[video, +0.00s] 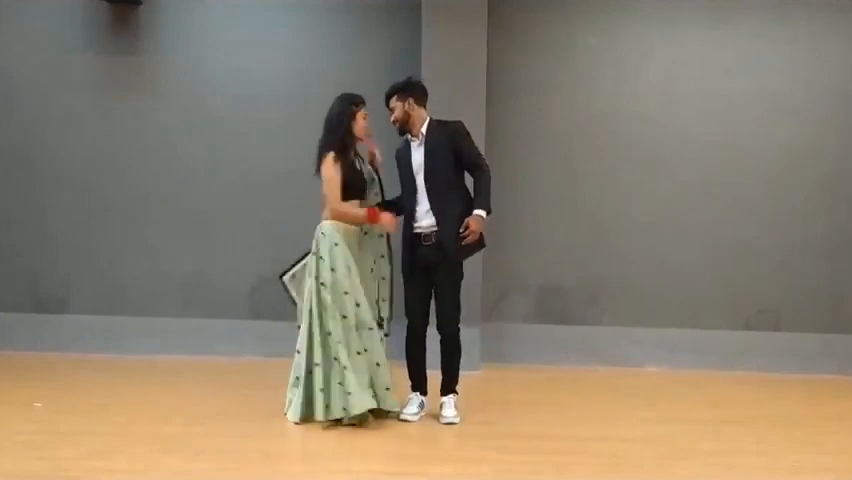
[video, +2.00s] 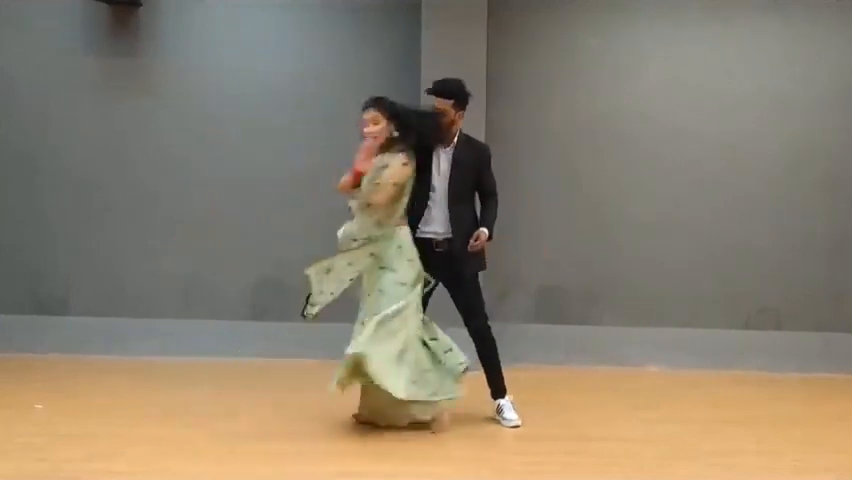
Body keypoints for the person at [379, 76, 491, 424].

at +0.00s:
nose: (390, 117)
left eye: (394, 109)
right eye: (389, 111)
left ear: (413, 105)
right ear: (407, 109)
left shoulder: (452, 131)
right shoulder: (403, 152)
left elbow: (481, 171)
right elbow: (410, 199)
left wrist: (479, 213)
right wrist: (378, 209)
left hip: (447, 239)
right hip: (414, 241)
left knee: (448, 323)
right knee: (416, 323)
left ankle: (449, 396)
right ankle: (418, 394)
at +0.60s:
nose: (406, 128)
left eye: (410, 120)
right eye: (404, 123)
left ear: (430, 115)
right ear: (422, 120)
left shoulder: (470, 138)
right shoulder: (419, 165)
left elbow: (503, 172)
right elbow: (418, 213)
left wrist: (517, 213)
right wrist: (392, 225)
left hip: (475, 252)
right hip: (438, 255)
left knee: (491, 331)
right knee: (422, 328)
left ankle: (501, 398)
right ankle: (419, 397)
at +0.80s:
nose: (443, 123)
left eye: (447, 115)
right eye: (441, 118)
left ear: (468, 111)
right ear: (458, 115)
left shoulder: (506, 142)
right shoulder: (447, 156)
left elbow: (533, 177)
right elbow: (417, 192)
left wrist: (555, 216)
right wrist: (376, 197)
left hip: (496, 256)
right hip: (458, 255)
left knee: (505, 334)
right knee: (434, 326)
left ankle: (503, 399)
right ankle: (419, 396)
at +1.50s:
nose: (439, 119)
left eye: (445, 113)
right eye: (438, 113)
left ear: (466, 115)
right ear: (443, 115)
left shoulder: (491, 154)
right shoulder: (431, 151)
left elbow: (507, 197)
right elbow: (410, 188)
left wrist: (518, 240)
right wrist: (372, 197)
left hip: (471, 256)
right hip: (433, 255)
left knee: (495, 326)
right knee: (413, 323)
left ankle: (504, 397)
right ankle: (396, 392)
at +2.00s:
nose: (436, 115)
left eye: (443, 111)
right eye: (434, 109)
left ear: (459, 113)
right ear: (432, 109)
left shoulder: (476, 152)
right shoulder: (417, 144)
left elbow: (488, 196)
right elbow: (396, 184)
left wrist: (485, 228)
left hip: (456, 251)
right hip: (417, 248)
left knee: (478, 325)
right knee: (404, 323)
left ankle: (501, 399)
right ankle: (394, 399)